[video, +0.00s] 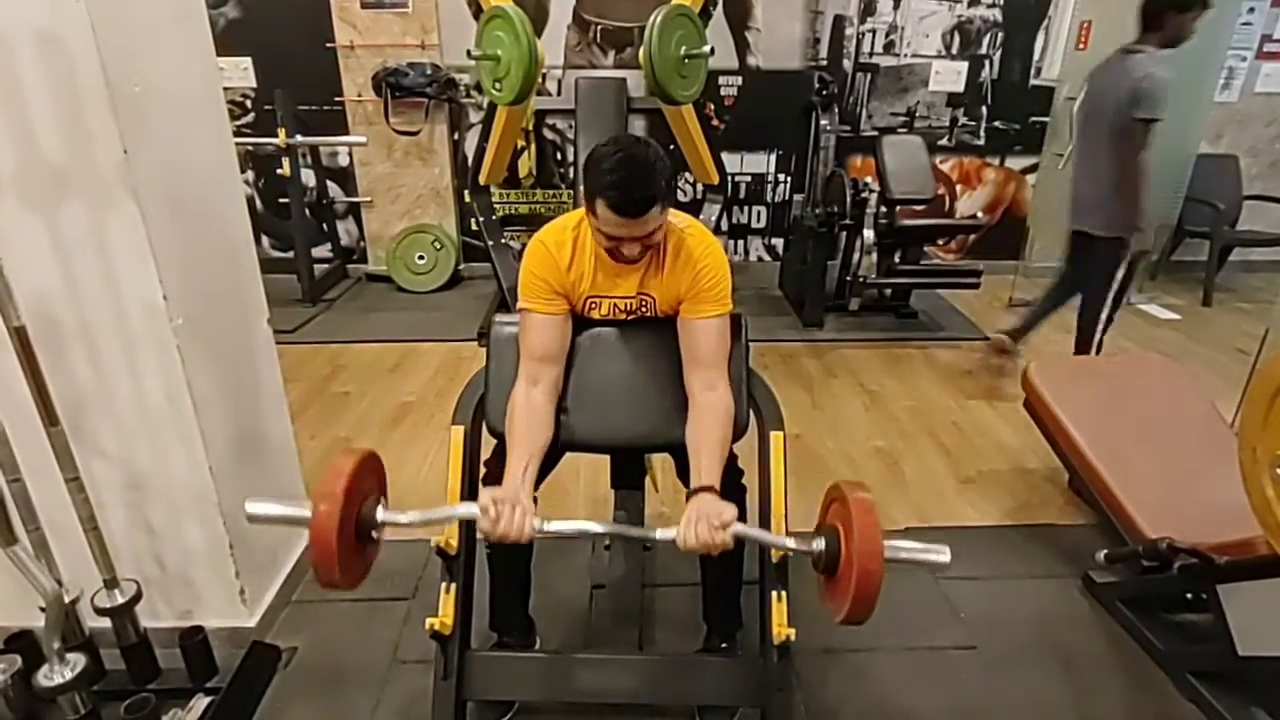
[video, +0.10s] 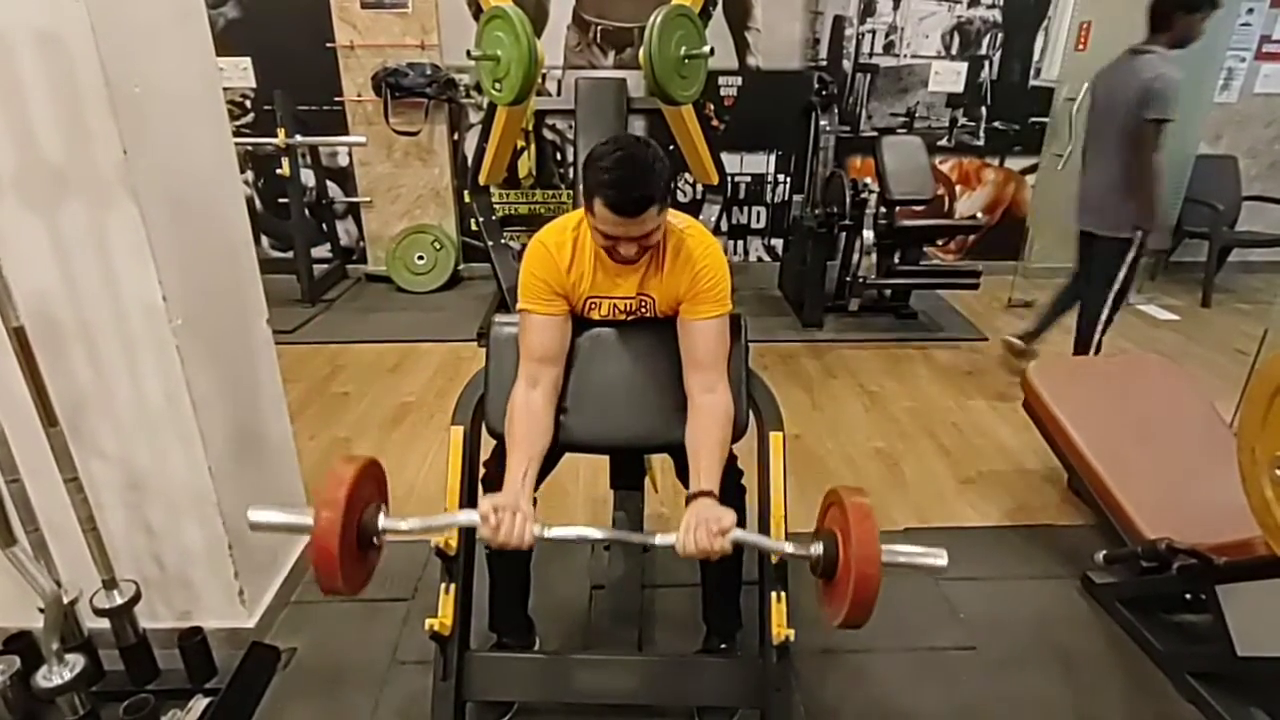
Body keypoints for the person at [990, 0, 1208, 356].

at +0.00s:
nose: (1195, 29)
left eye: (1197, 20)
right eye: (1193, 19)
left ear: (1153, 15)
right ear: (1170, 17)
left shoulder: (1110, 64)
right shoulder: (1151, 72)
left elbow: (1087, 138)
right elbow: (1130, 154)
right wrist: (1135, 225)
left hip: (1085, 205)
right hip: (1114, 214)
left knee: (1073, 277)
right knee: (1101, 299)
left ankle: (1015, 333)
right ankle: (1082, 372)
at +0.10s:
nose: (1203, 30)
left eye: (1205, 20)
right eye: (1201, 19)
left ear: (1158, 16)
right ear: (1179, 18)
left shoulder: (1113, 68)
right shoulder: (1162, 73)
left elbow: (1092, 141)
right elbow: (1146, 154)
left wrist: (1095, 192)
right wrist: (1150, 223)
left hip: (1092, 206)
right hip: (1124, 214)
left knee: (1082, 280)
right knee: (1103, 300)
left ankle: (1027, 337)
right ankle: (1080, 376)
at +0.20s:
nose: (1232, 37)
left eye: (1236, 28)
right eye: (1232, 27)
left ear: (1189, 22)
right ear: (1216, 26)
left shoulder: (1135, 76)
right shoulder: (1200, 79)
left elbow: (1108, 148)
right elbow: (1196, 164)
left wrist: (1094, 202)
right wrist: (1214, 225)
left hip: (1118, 206)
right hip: (1156, 214)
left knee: (1121, 287)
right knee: (1121, 294)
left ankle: (1104, 356)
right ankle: (1087, 366)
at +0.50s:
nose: (1264, 44)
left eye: (1266, 37)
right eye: (1265, 37)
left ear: (1217, 34)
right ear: (1254, 38)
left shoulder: (1169, 85)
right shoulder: (1243, 88)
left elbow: (1140, 152)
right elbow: (1247, 165)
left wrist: (1116, 209)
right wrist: (1268, 222)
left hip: (1162, 212)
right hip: (1204, 216)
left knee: (1167, 295)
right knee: (1156, 301)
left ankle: (1164, 362)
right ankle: (1101, 362)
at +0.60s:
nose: (1278, 38)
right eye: (1277, 31)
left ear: (1238, 31)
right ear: (1273, 34)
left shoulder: (1193, 79)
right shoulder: (1267, 77)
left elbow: (1169, 146)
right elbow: (1261, 153)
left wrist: (1151, 201)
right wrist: (1272, 214)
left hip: (1180, 204)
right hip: (1224, 209)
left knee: (1172, 285)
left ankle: (1165, 358)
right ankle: (1154, 342)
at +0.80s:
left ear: (1260, 32)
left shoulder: (1219, 76)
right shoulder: (1275, 82)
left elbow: (1198, 141)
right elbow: (1271, 155)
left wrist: (1204, 180)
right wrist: (1273, 211)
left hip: (1201, 197)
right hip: (1250, 204)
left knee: (1182, 275)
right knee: (1247, 277)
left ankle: (1163, 351)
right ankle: (1216, 349)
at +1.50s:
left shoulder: (1274, 89)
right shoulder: (1272, 90)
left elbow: (1253, 144)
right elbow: (1254, 146)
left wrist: (1260, 181)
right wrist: (1260, 181)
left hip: (1259, 198)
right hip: (1276, 204)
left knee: (1241, 267)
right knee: (1269, 277)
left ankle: (1223, 329)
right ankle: (1240, 348)